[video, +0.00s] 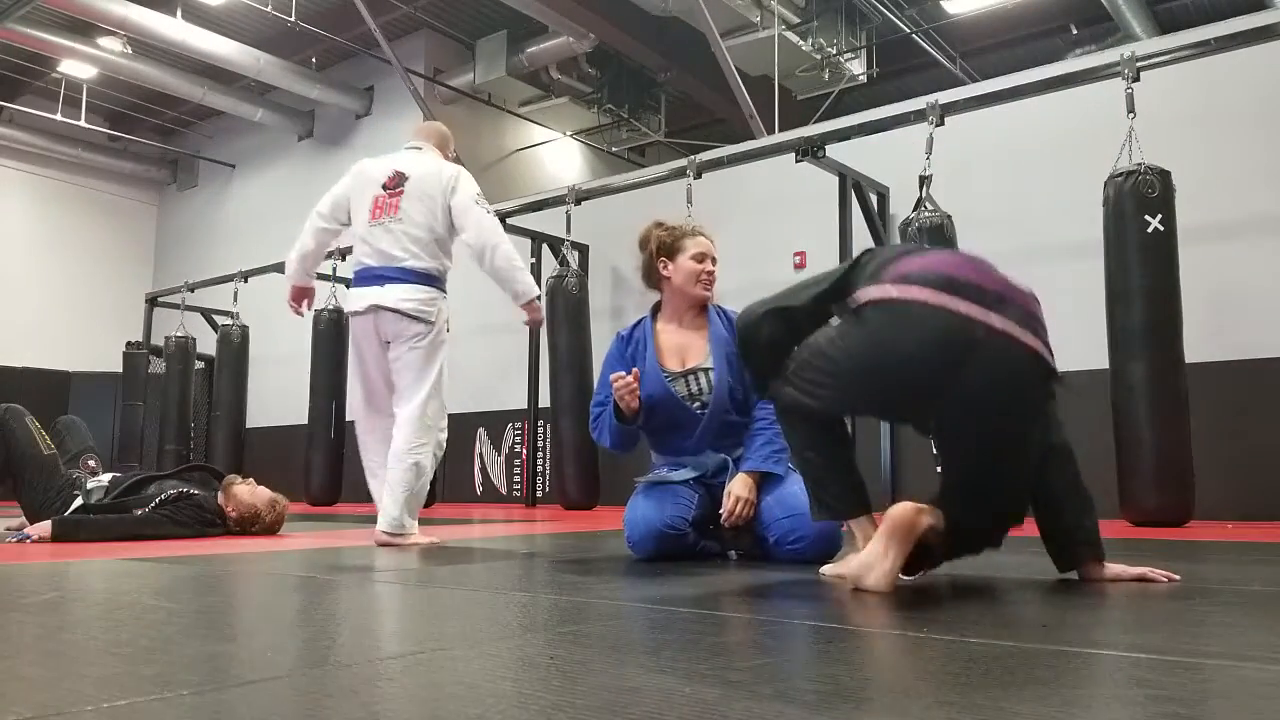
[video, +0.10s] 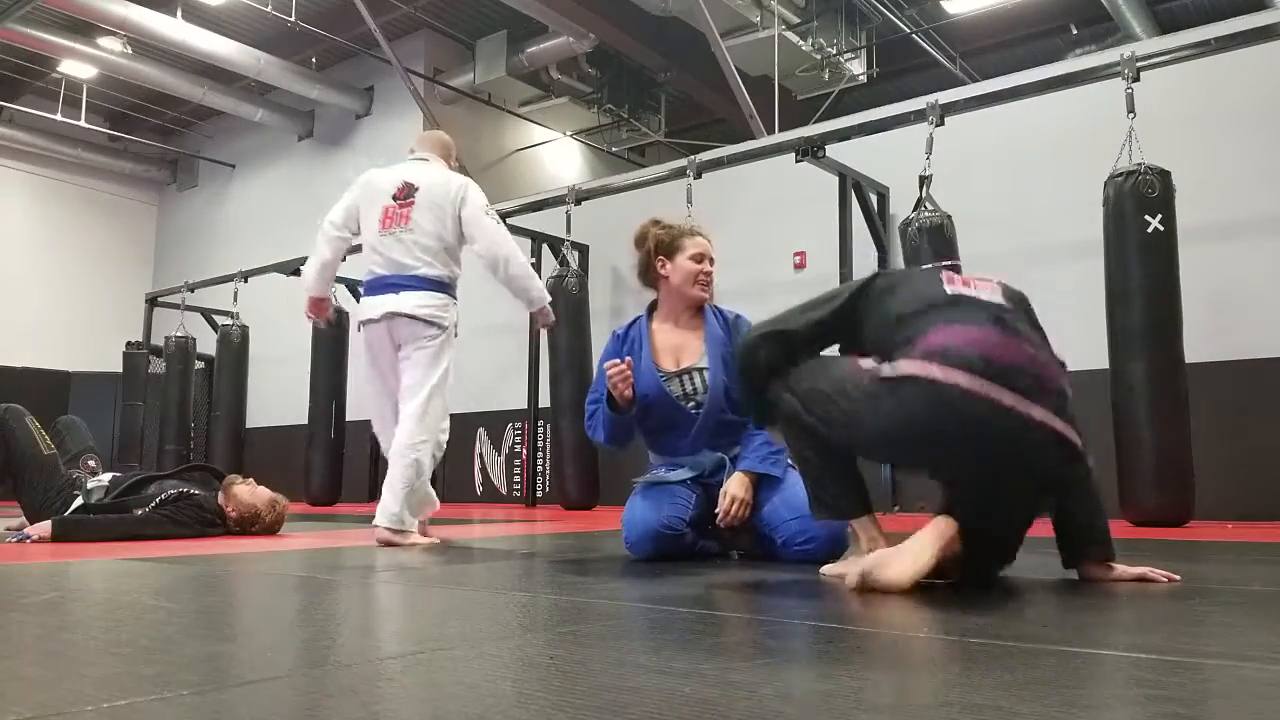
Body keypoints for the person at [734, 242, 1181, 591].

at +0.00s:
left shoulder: (877, 266)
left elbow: (761, 322)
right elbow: (1052, 453)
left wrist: (783, 394)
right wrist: (1088, 561)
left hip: (905, 335)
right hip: (1009, 366)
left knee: (798, 391)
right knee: (979, 521)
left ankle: (865, 543)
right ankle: (916, 526)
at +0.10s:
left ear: (914, 272)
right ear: (968, 279)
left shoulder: (881, 286)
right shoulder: (1016, 306)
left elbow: (761, 347)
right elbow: (1061, 438)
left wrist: (770, 411)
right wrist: (1095, 560)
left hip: (924, 407)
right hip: (1033, 438)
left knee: (791, 388)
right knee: (971, 573)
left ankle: (867, 544)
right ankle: (936, 545)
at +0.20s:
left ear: (895, 292)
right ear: (952, 284)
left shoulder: (889, 303)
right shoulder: (1019, 307)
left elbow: (759, 363)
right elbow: (1071, 421)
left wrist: (786, 448)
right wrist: (1095, 557)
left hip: (954, 488)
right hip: (1041, 519)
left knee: (814, 381)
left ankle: (876, 552)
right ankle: (937, 546)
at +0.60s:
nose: (891, 289)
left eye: (891, 278)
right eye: (888, 280)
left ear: (917, 266)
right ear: (973, 266)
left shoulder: (932, 294)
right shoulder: (1061, 317)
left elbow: (802, 345)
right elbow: (1102, 433)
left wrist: (819, 415)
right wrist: (1107, 556)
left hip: (999, 532)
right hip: (1075, 550)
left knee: (857, 381)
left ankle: (872, 547)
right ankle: (933, 550)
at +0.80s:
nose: (909, 281)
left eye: (910, 270)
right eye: (907, 271)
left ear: (934, 260)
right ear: (996, 261)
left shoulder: (943, 297)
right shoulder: (1075, 313)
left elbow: (798, 354)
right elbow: (1132, 442)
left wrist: (801, 411)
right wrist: (1105, 529)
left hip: (997, 550)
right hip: (1073, 557)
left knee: (852, 379)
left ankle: (843, 529)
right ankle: (931, 549)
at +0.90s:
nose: (921, 267)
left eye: (923, 254)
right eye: (921, 254)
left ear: (944, 249)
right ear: (1007, 251)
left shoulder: (939, 298)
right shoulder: (1069, 307)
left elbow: (785, 353)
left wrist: (823, 410)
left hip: (995, 550)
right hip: (1077, 556)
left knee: (839, 382)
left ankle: (830, 525)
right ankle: (931, 551)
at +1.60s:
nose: (878, 272)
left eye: (880, 259)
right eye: (878, 259)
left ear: (902, 261)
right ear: (958, 258)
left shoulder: (906, 308)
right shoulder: (1013, 310)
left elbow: (770, 383)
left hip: (989, 545)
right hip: (1069, 552)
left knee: (825, 397)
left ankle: (841, 540)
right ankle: (928, 554)